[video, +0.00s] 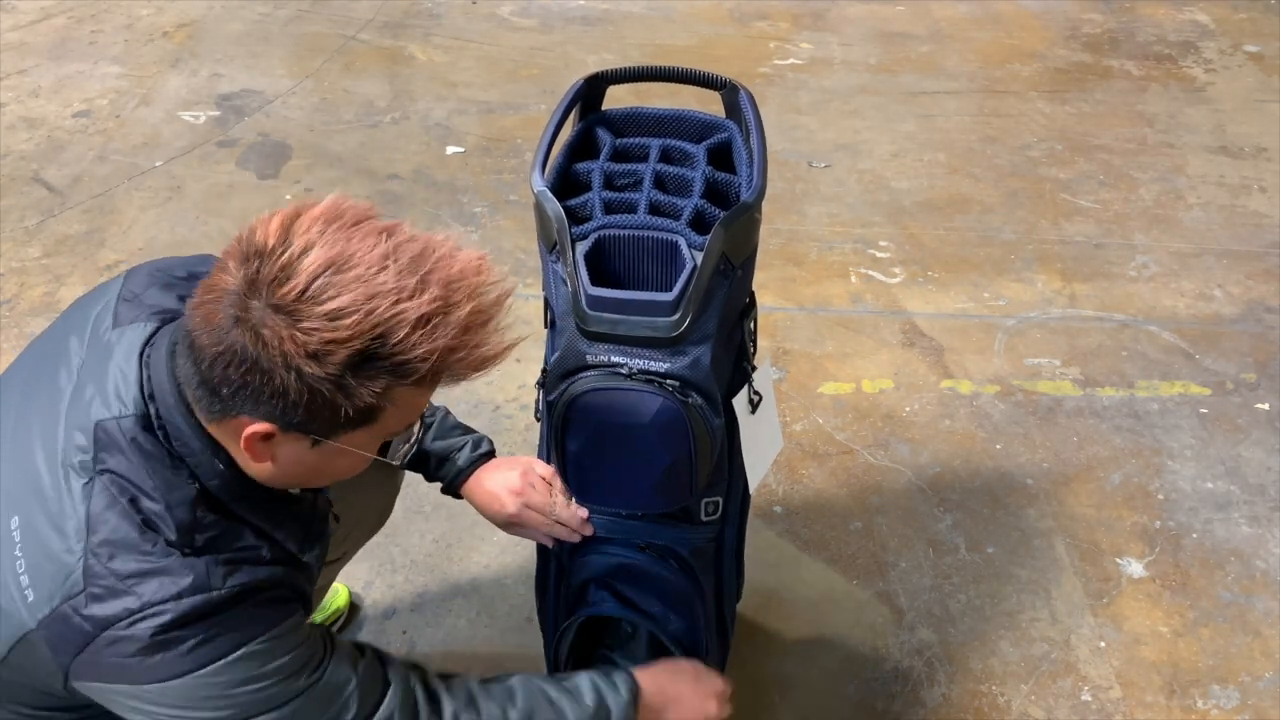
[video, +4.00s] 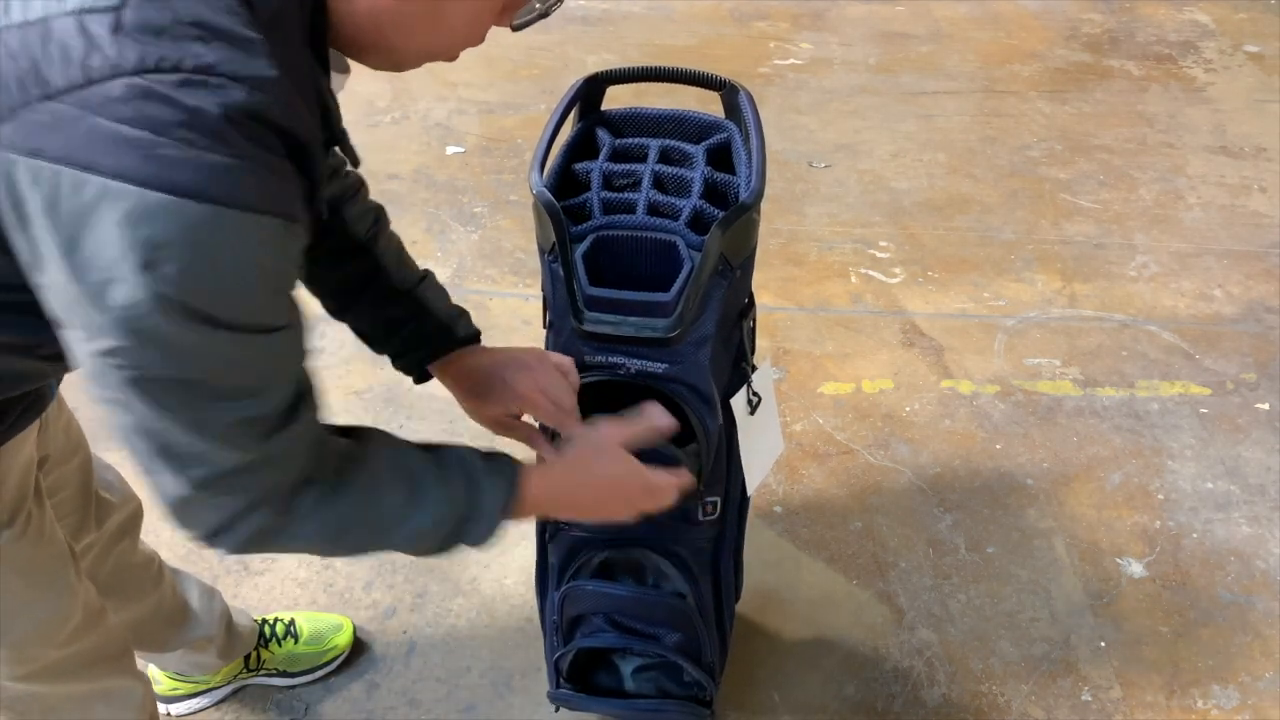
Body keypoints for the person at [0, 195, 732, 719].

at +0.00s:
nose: (403, 435)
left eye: (408, 413)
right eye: (387, 433)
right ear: (266, 445)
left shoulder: (188, 294)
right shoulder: (165, 616)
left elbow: (343, 368)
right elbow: (404, 711)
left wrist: (468, 467)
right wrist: (634, 695)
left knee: (374, 477)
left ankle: (276, 638)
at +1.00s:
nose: (380, 423)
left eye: (393, 397)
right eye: (368, 410)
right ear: (244, 414)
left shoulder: (185, 295)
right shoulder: (125, 631)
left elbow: (408, 385)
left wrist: (523, 517)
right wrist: (527, 660)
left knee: (378, 484)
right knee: (351, 711)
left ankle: (270, 636)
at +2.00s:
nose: (323, 290)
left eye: (316, 255)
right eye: (300, 278)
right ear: (163, 336)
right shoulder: (88, 572)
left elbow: (326, 380)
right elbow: (389, 676)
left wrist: (454, 386)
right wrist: (567, 459)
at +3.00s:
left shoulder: (192, 23)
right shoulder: (72, 119)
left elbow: (272, 202)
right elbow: (315, 450)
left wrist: (465, 337)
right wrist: (584, 420)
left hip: (15, 373)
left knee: (82, 533)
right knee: (42, 668)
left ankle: (198, 653)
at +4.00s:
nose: (483, 37)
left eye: (507, 20)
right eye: (504, 13)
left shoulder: (237, 14)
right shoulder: (164, 128)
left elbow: (316, 195)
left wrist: (461, 360)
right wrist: (537, 487)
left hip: (20, 392)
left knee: (94, 532)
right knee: (69, 666)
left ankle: (202, 654)